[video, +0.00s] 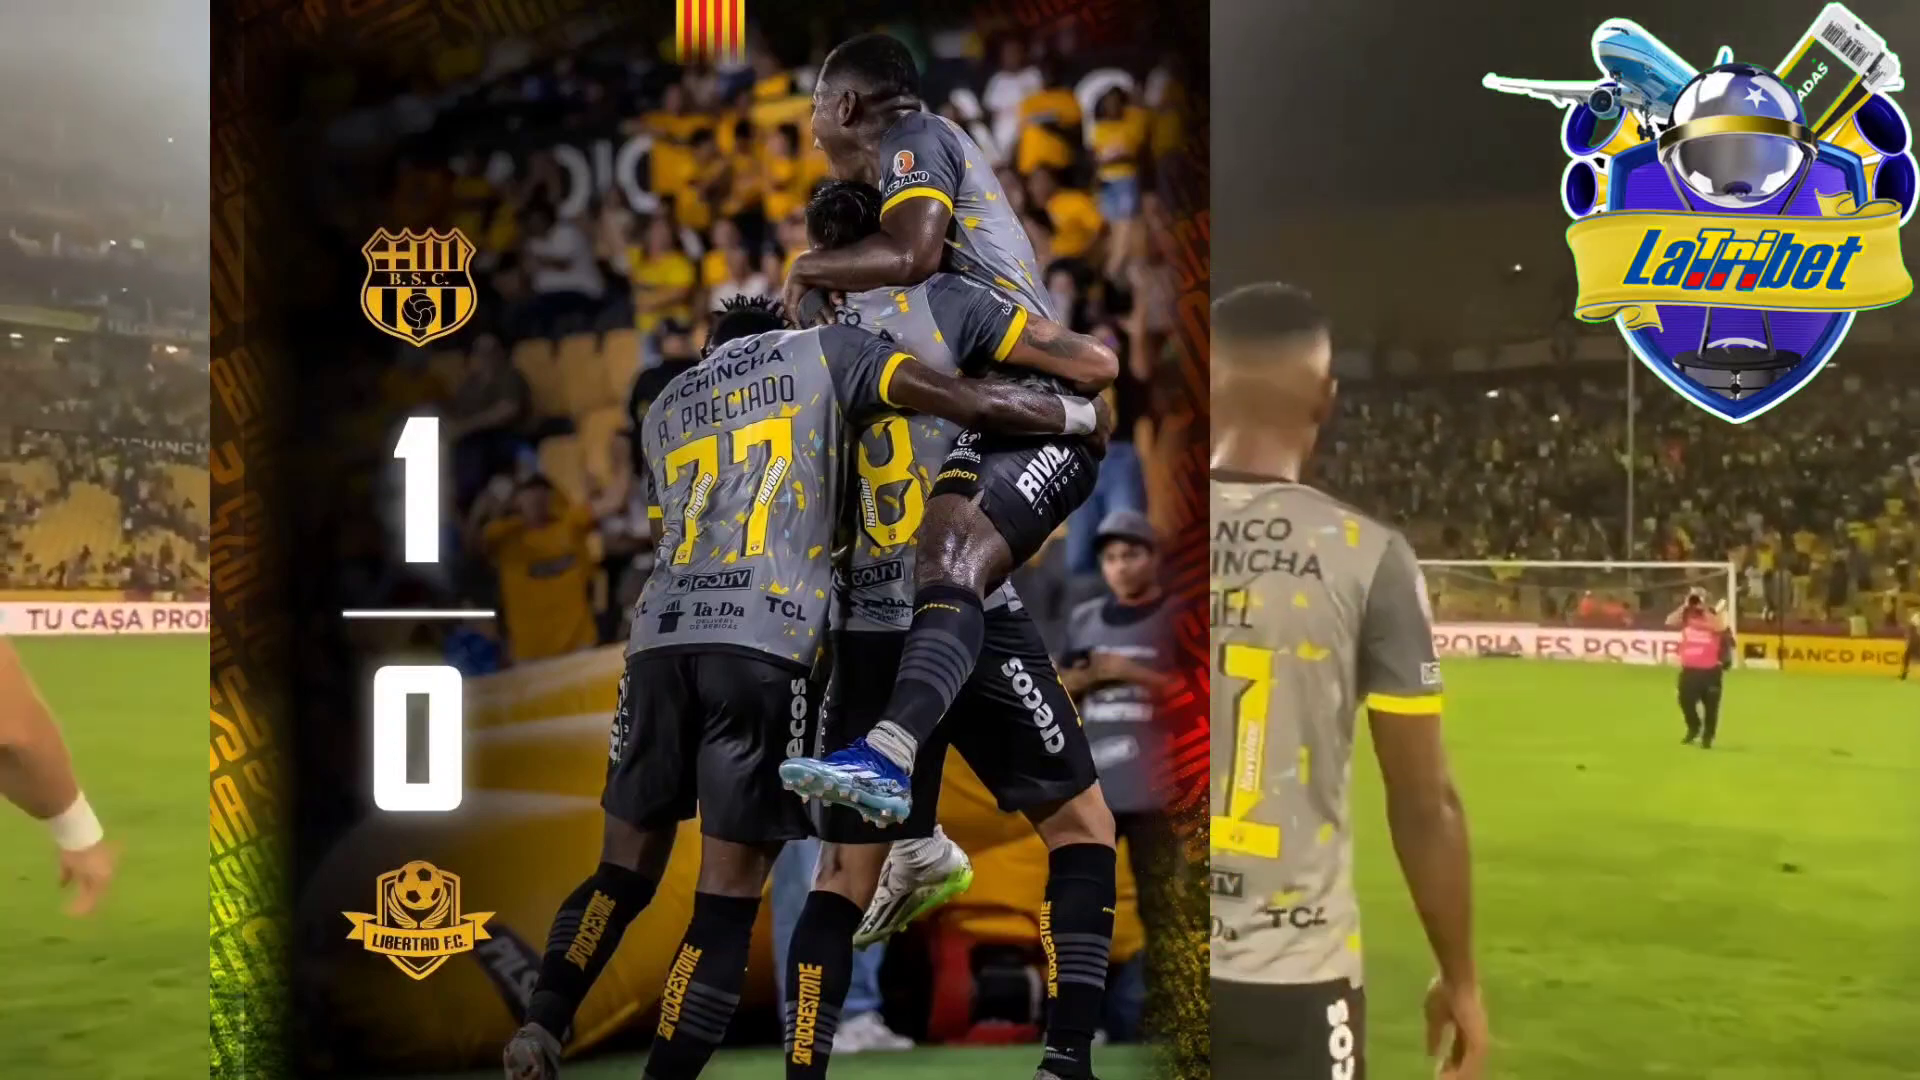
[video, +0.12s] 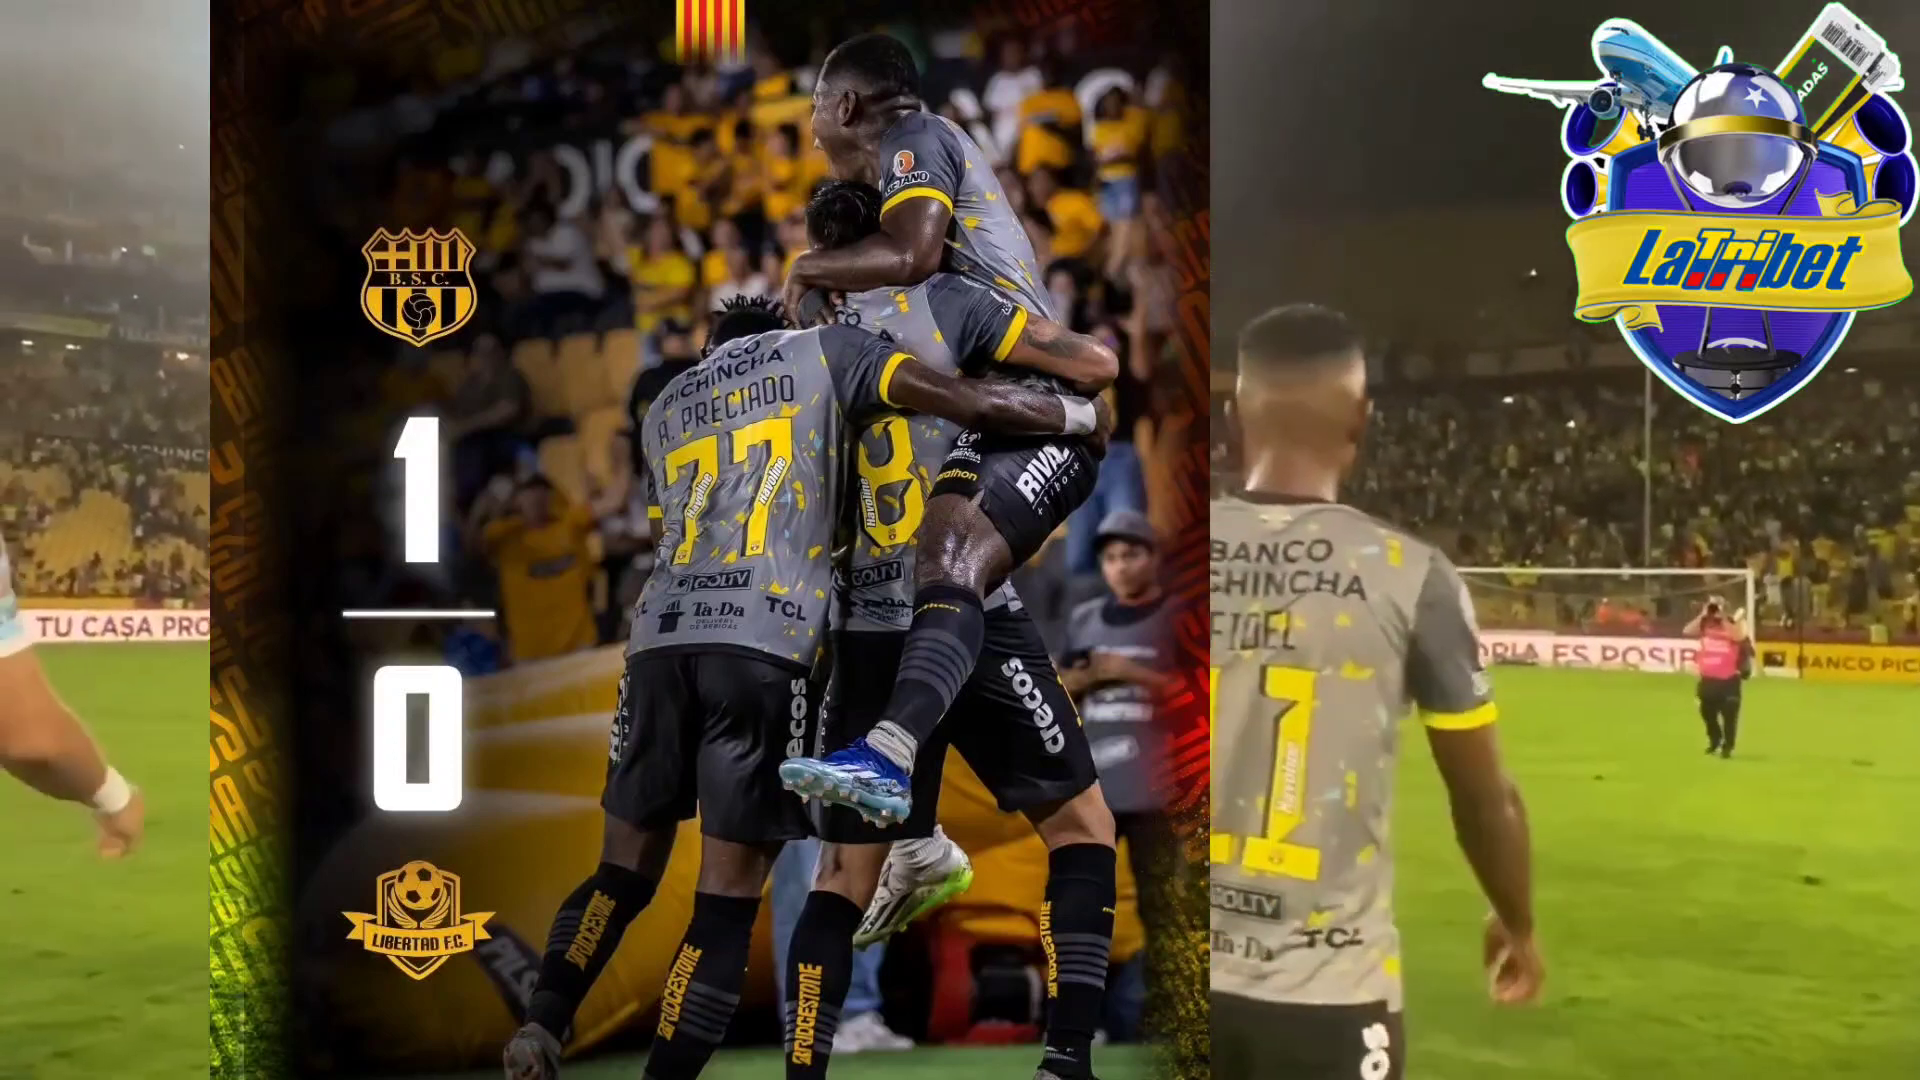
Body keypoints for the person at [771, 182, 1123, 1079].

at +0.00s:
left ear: (822, 252)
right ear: (901, 236)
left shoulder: (803, 332)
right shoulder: (952, 296)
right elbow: (1093, 366)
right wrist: (1066, 348)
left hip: (854, 615)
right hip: (965, 612)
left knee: (849, 859)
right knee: (1081, 826)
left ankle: (801, 1064)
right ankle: (1067, 1057)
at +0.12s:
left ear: (822, 253)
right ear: (901, 236)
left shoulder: (803, 332)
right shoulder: (952, 296)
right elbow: (1093, 366)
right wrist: (1066, 348)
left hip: (854, 615)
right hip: (965, 612)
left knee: (849, 859)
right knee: (1081, 826)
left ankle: (801, 1064)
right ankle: (1067, 1057)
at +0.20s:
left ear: (822, 255)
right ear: (900, 238)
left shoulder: (804, 334)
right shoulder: (953, 297)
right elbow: (1093, 366)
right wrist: (1065, 346)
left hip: (853, 617)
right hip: (964, 614)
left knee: (848, 859)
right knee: (1081, 826)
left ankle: (801, 1064)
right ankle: (1068, 1055)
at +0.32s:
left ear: (819, 252)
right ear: (898, 236)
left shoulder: (800, 334)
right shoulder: (950, 297)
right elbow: (1092, 366)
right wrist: (1070, 347)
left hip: (854, 615)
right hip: (964, 611)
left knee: (848, 860)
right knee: (1081, 826)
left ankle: (802, 1064)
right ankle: (1066, 1059)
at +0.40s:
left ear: (820, 255)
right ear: (897, 239)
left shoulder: (801, 332)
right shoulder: (951, 297)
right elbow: (1091, 366)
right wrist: (1078, 347)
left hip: (854, 615)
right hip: (964, 613)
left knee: (849, 860)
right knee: (1081, 827)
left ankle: (802, 1063)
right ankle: (1066, 1059)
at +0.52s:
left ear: (822, 255)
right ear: (899, 238)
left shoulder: (804, 333)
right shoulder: (952, 297)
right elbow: (1093, 366)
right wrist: (1067, 346)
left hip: (853, 617)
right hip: (963, 613)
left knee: (848, 859)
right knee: (1082, 827)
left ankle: (802, 1063)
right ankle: (1068, 1055)